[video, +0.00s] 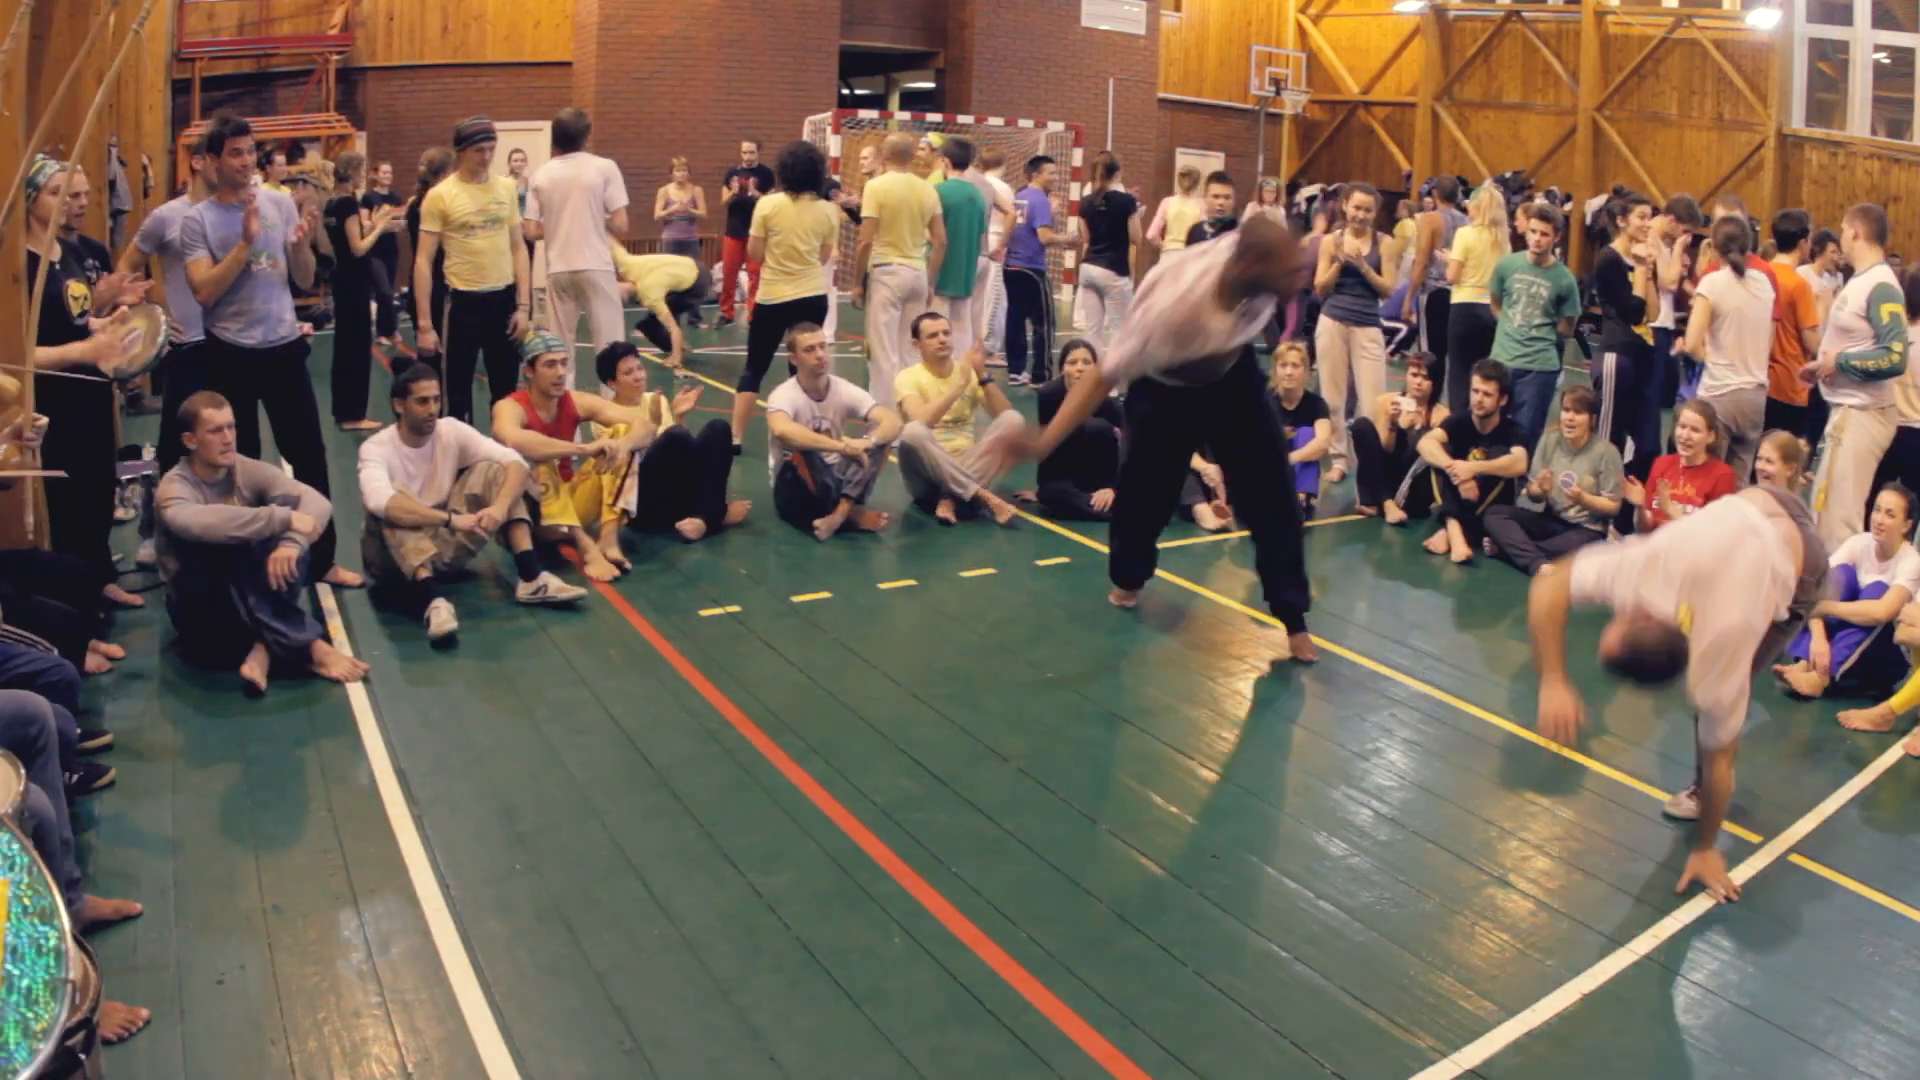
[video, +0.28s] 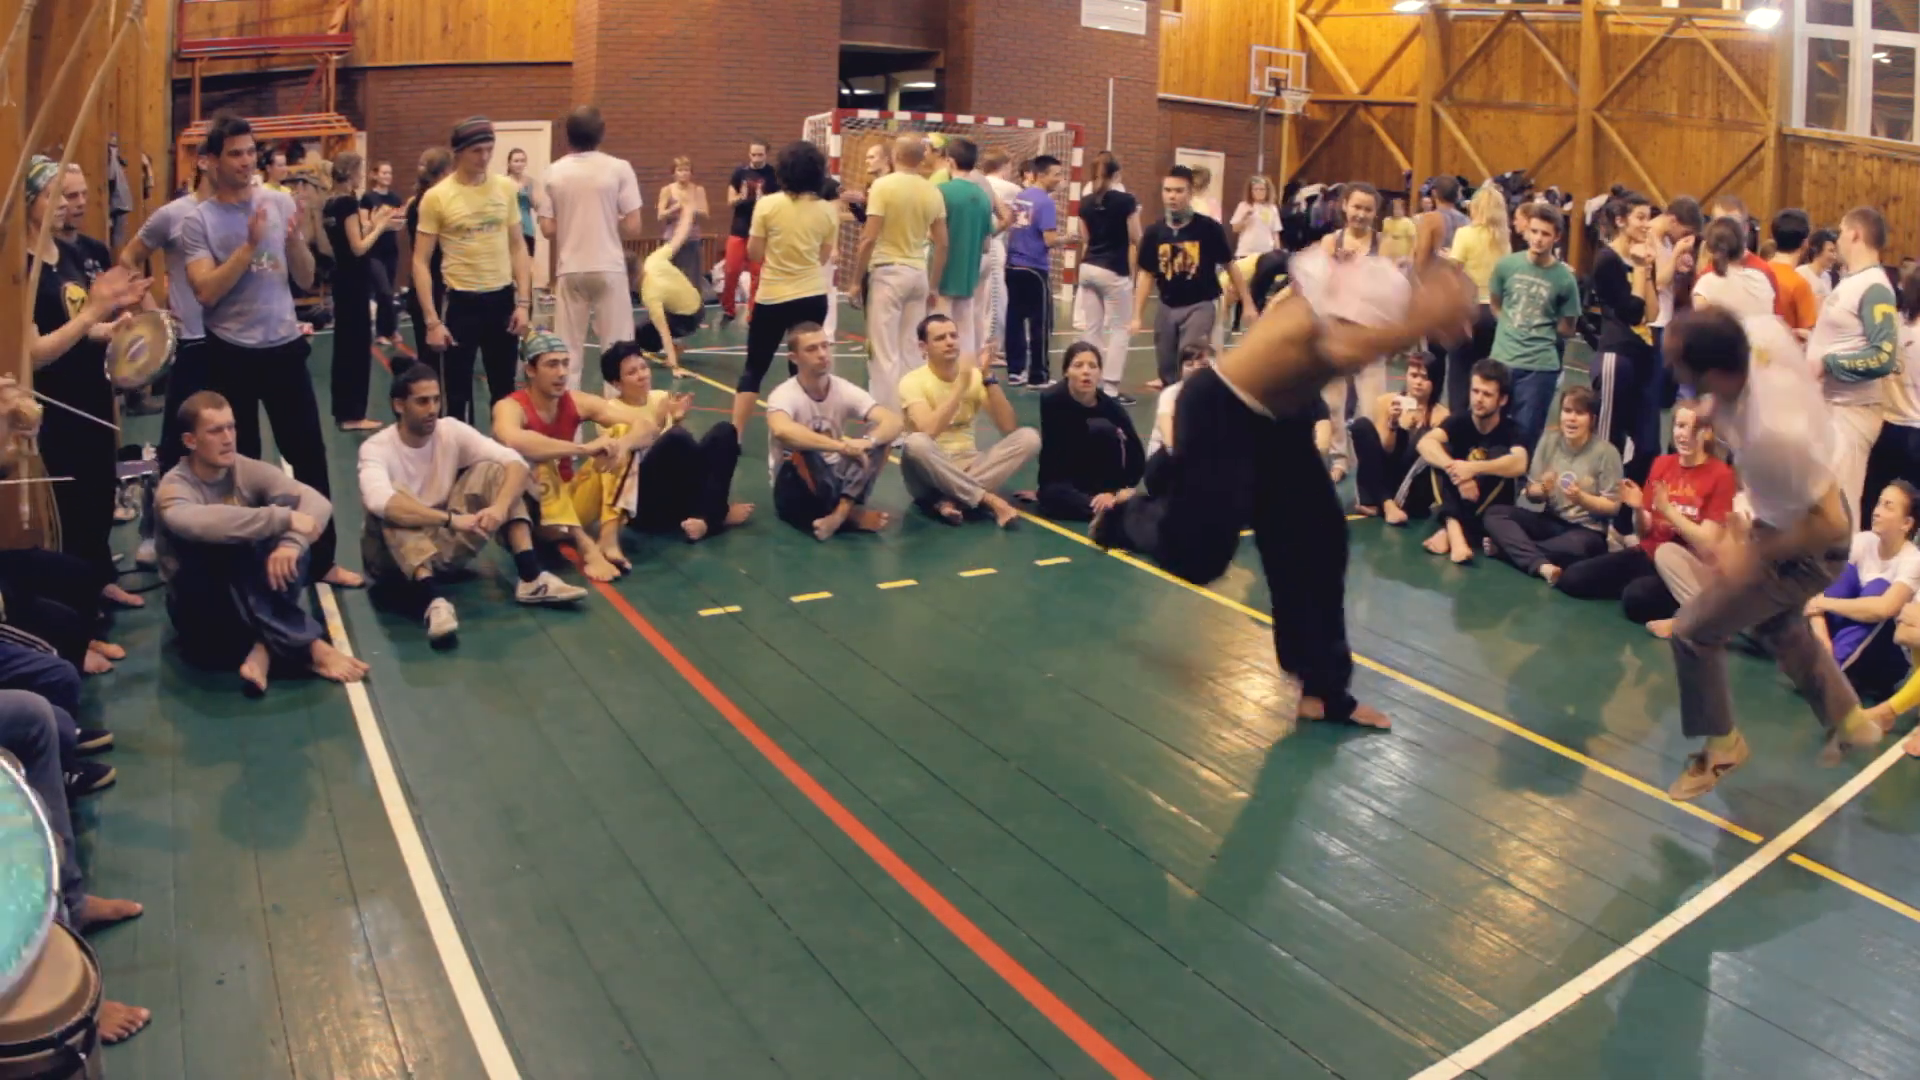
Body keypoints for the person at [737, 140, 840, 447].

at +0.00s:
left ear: (781, 170)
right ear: (819, 172)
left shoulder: (767, 204)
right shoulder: (829, 211)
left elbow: (755, 252)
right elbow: (824, 255)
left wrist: (782, 248)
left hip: (773, 300)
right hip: (813, 299)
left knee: (754, 370)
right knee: (806, 369)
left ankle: (736, 437)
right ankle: (809, 436)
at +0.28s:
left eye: (779, 166)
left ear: (781, 171)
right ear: (819, 172)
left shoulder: (767, 205)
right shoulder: (828, 210)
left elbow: (754, 251)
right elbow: (825, 254)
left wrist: (779, 241)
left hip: (772, 301)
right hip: (813, 299)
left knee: (754, 368)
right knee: (807, 368)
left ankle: (734, 437)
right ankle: (809, 435)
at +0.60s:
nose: (771, 171)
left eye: (775, 167)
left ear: (780, 172)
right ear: (818, 172)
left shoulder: (765, 204)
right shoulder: (827, 210)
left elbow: (755, 252)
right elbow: (825, 254)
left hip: (771, 301)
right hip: (812, 299)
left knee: (753, 370)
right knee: (806, 369)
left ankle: (735, 436)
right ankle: (807, 437)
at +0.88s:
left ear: (781, 170)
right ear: (818, 172)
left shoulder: (766, 204)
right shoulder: (827, 210)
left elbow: (755, 251)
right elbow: (823, 254)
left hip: (772, 300)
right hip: (813, 298)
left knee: (754, 369)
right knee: (805, 367)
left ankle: (736, 438)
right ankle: (808, 436)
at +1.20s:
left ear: (781, 171)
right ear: (818, 172)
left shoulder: (766, 205)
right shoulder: (827, 210)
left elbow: (755, 252)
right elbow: (824, 255)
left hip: (772, 300)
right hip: (813, 298)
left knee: (753, 369)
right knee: (804, 366)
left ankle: (736, 437)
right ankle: (808, 433)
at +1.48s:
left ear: (782, 171)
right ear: (819, 173)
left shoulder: (767, 205)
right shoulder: (827, 210)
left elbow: (755, 251)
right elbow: (825, 256)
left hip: (772, 299)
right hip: (813, 298)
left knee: (753, 368)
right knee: (805, 366)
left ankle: (736, 436)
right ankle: (808, 433)